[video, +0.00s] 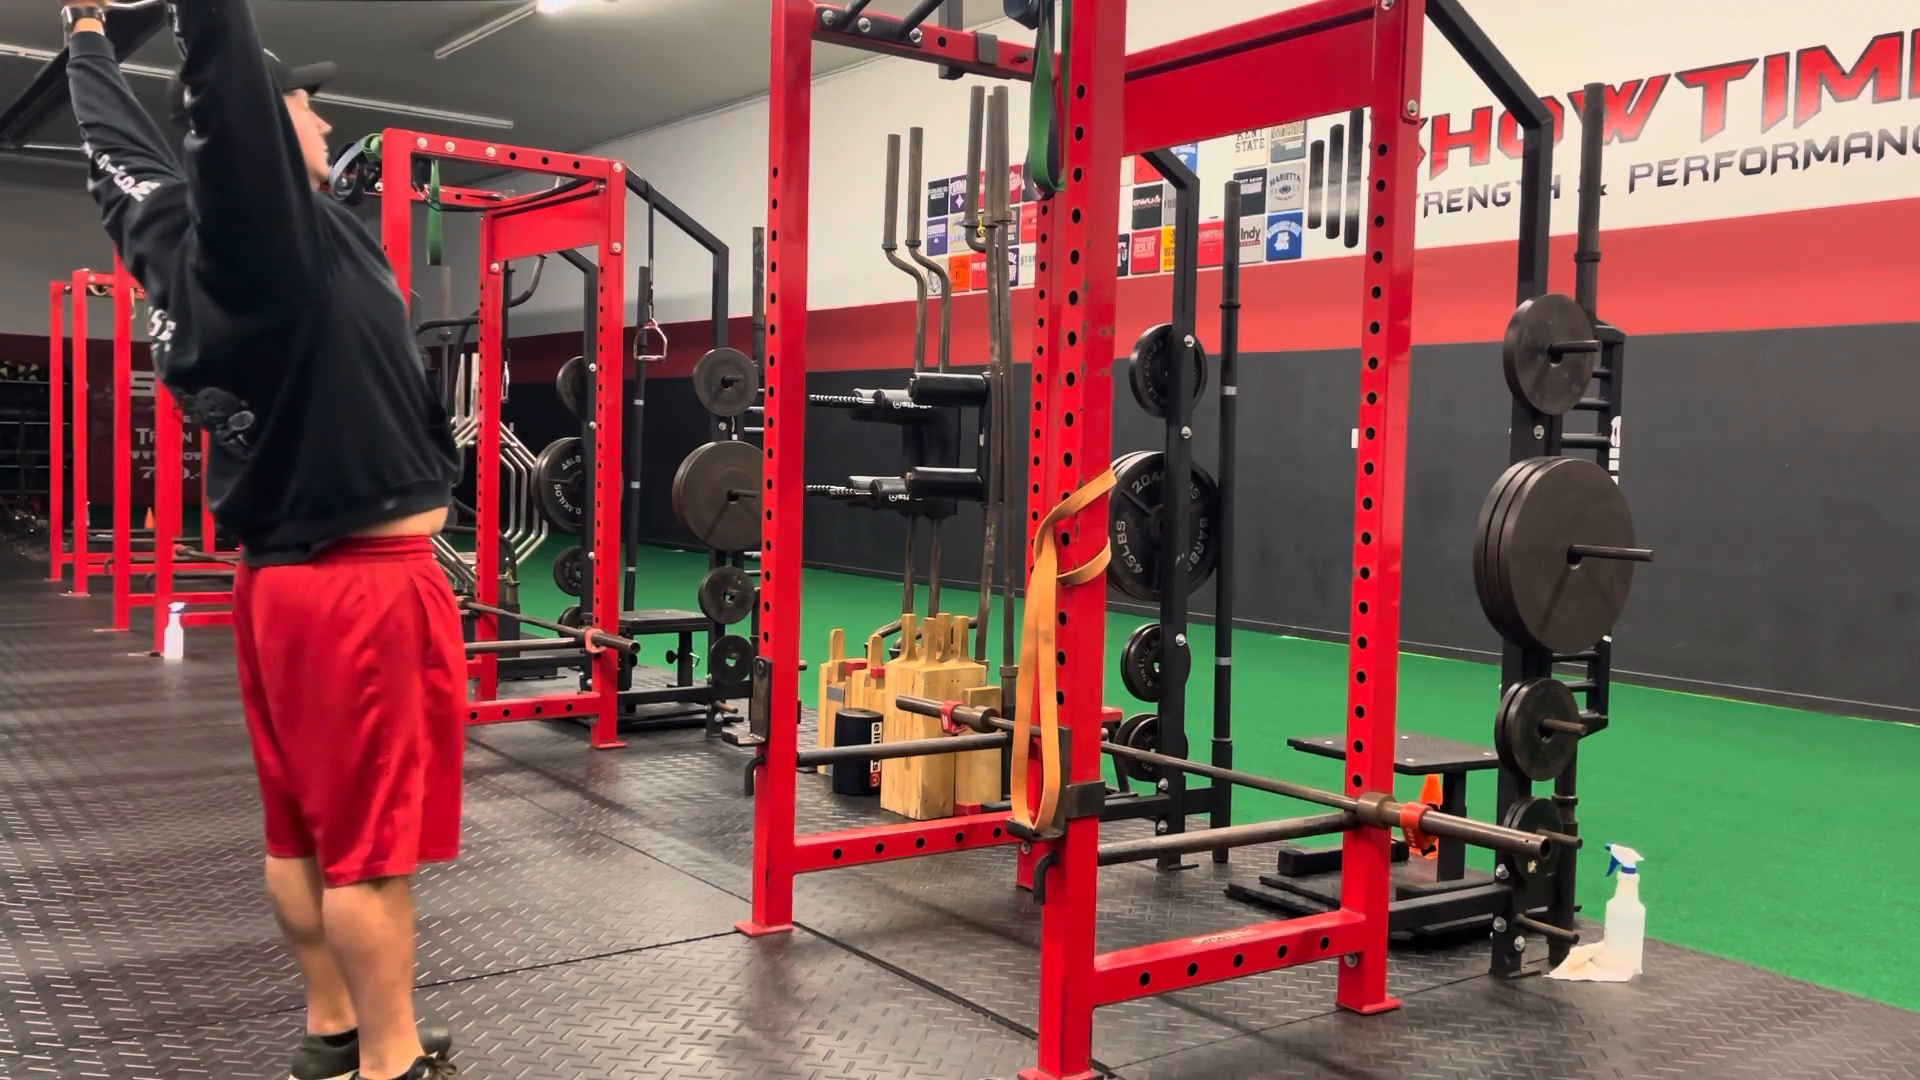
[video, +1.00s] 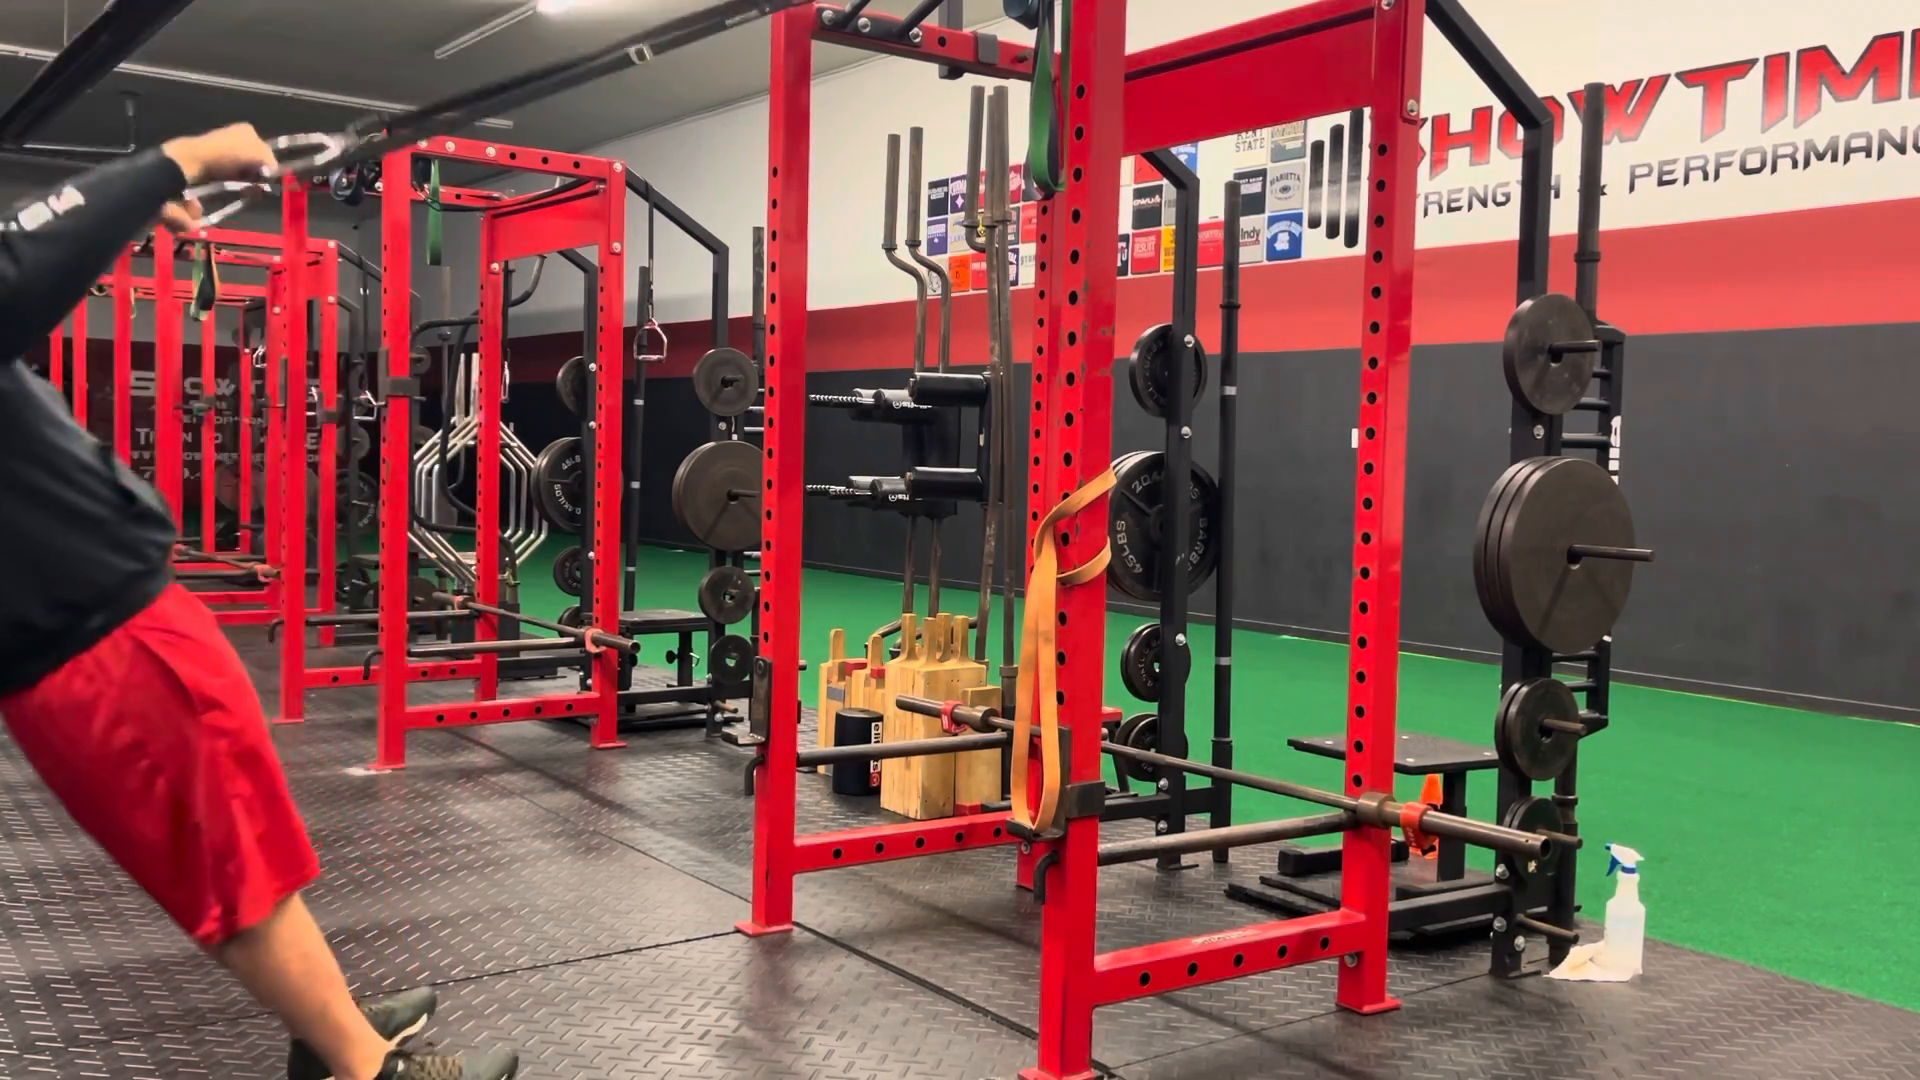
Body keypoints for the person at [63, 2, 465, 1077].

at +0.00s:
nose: (321, 120)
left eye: (313, 104)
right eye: (305, 104)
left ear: (238, 144)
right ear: (260, 127)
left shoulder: (189, 248)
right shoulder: (287, 227)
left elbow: (128, 159)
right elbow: (228, 53)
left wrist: (87, 34)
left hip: (279, 585)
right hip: (363, 589)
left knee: (297, 830)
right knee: (371, 854)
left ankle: (334, 1024)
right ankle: (392, 1057)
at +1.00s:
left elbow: (25, 263)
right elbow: (24, 272)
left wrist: (170, 167)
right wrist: (179, 159)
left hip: (77, 600)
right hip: (74, 611)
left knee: (220, 836)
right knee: (233, 857)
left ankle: (331, 1026)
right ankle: (367, 1063)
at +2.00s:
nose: (35, 115)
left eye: (26, 98)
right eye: (17, 107)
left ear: (14, 144)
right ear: (1, 151)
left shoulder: (49, 265)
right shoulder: (48, 274)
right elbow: (93, 93)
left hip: (199, 613)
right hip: (244, 608)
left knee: (278, 856)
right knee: (319, 865)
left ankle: (327, 1033)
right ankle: (380, 1057)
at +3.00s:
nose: (368, 127)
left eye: (361, 110)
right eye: (350, 110)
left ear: (281, 151)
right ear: (305, 126)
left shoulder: (224, 237)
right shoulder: (322, 229)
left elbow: (163, 153)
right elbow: (269, 72)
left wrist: (107, 39)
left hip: (303, 583)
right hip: (387, 587)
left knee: (314, 828)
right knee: (385, 850)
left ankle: (337, 1025)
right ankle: (395, 1057)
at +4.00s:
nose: (111, 98)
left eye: (106, 83)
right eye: (92, 80)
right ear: (38, 127)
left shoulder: (27, 263)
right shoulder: (19, 260)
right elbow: (71, 70)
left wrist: (92, 70)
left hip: (131, 616)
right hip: (186, 609)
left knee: (248, 863)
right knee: (292, 877)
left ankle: (329, 1032)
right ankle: (376, 1061)